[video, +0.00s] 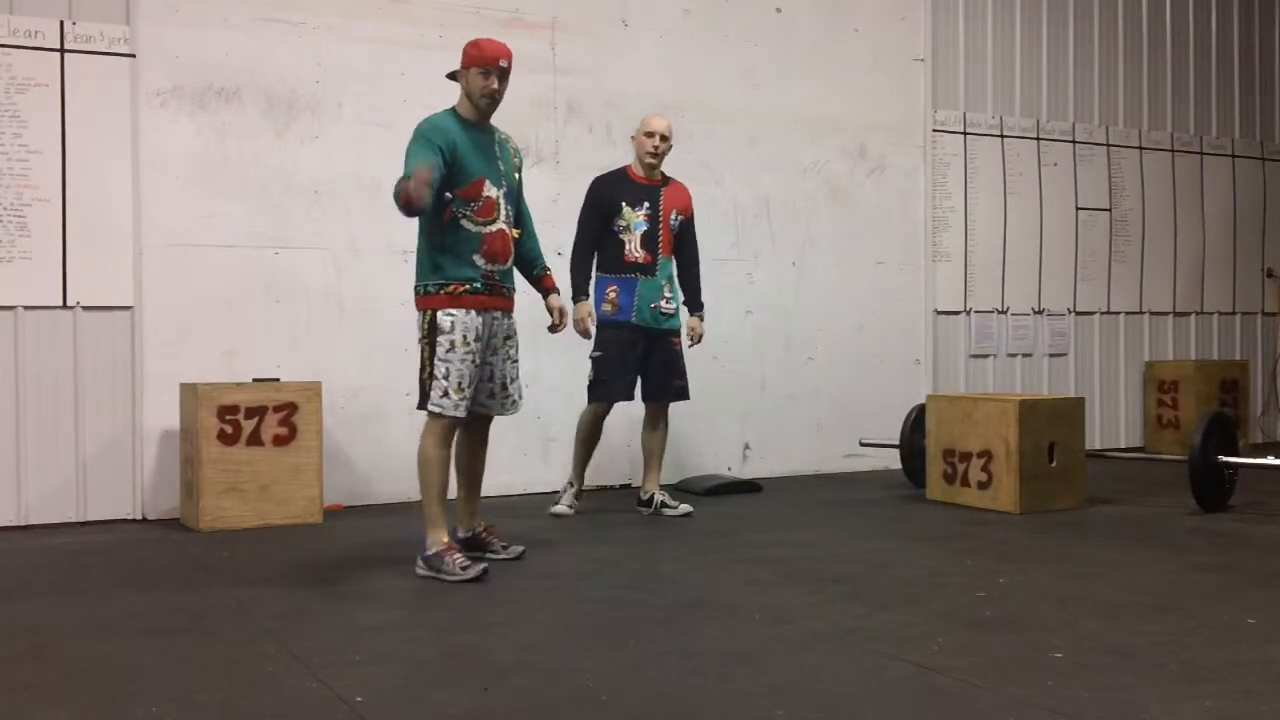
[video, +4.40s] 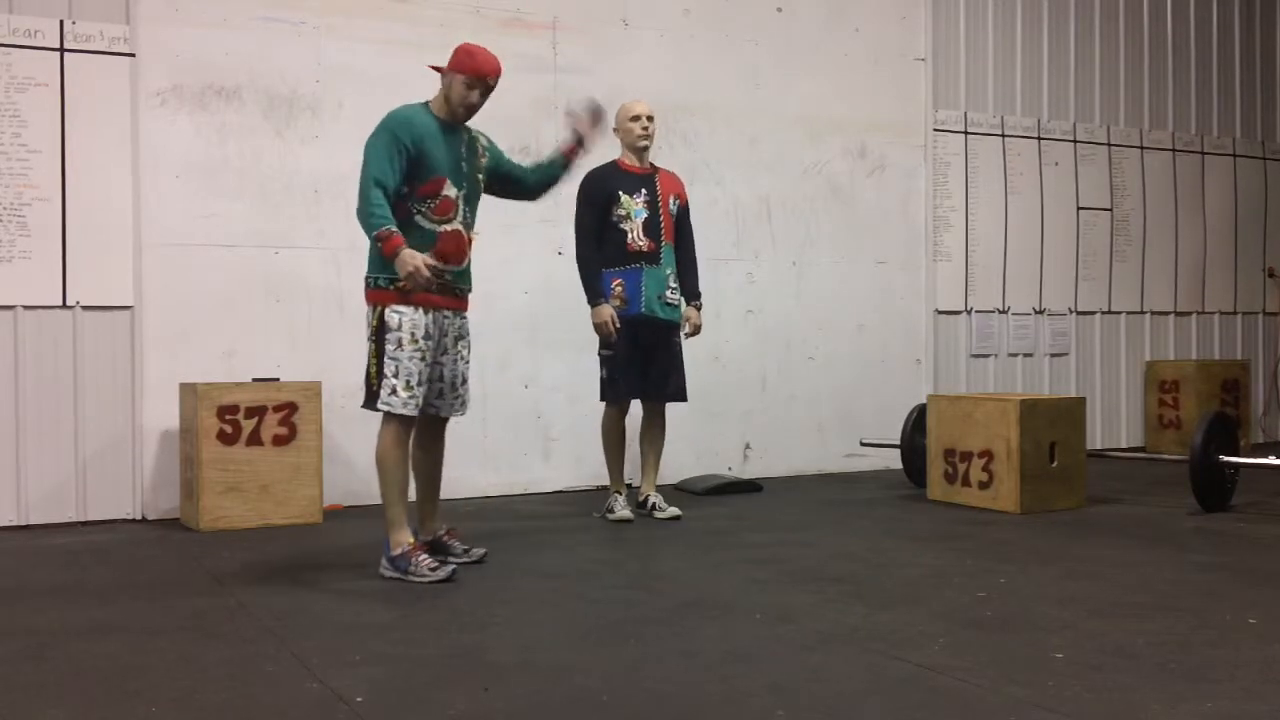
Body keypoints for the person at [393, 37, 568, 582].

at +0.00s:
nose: (491, 83)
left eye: (500, 75)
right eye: (482, 72)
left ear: (507, 83)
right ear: (460, 76)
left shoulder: (506, 148)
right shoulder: (437, 133)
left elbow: (520, 225)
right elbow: (415, 189)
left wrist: (549, 289)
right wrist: (417, 190)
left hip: (497, 300)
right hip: (450, 296)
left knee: (479, 416)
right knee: (443, 416)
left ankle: (470, 529)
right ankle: (436, 545)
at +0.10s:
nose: (488, 78)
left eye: (496, 70)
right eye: (477, 68)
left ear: (502, 78)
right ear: (455, 73)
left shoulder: (502, 145)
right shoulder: (432, 131)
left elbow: (517, 224)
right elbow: (412, 194)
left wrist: (547, 287)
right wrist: (421, 241)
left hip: (495, 301)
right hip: (448, 297)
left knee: (480, 415)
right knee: (442, 415)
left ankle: (470, 529)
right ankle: (436, 544)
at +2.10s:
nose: (505, 105)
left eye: (508, 96)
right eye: (504, 93)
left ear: (479, 83)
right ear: (481, 83)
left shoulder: (478, 144)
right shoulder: (431, 128)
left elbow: (484, 225)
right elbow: (431, 201)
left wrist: (522, 282)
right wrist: (464, 228)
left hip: (472, 298)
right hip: (440, 297)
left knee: (457, 416)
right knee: (440, 417)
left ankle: (450, 531)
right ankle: (434, 546)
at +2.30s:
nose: (506, 115)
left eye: (509, 104)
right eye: (506, 102)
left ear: (476, 86)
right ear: (487, 89)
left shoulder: (462, 139)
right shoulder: (437, 132)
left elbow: (472, 225)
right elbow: (465, 198)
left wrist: (525, 250)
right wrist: (531, 199)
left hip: (464, 294)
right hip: (444, 296)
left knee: (463, 412)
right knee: (454, 413)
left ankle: (449, 530)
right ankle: (437, 543)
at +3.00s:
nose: (495, 105)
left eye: (497, 95)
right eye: (494, 94)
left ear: (463, 83)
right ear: (472, 86)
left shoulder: (454, 132)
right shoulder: (418, 134)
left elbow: (483, 175)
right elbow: (451, 212)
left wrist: (530, 165)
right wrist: (525, 230)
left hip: (457, 296)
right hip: (422, 298)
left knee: (447, 419)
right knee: (415, 419)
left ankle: (448, 532)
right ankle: (402, 546)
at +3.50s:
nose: (468, 100)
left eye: (469, 92)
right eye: (467, 90)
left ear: (441, 79)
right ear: (446, 81)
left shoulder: (436, 125)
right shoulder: (387, 136)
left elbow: (473, 136)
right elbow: (389, 227)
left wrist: (520, 106)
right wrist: (446, 269)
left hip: (449, 295)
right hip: (404, 302)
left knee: (468, 408)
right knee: (400, 419)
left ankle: (451, 528)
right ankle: (400, 549)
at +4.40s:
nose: (476, 97)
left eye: (485, 91)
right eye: (470, 84)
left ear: (488, 94)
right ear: (446, 76)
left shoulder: (475, 146)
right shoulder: (402, 126)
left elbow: (528, 184)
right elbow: (371, 198)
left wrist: (574, 145)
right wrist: (398, 252)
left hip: (450, 302)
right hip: (403, 298)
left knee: (434, 418)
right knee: (399, 417)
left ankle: (428, 533)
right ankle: (398, 546)